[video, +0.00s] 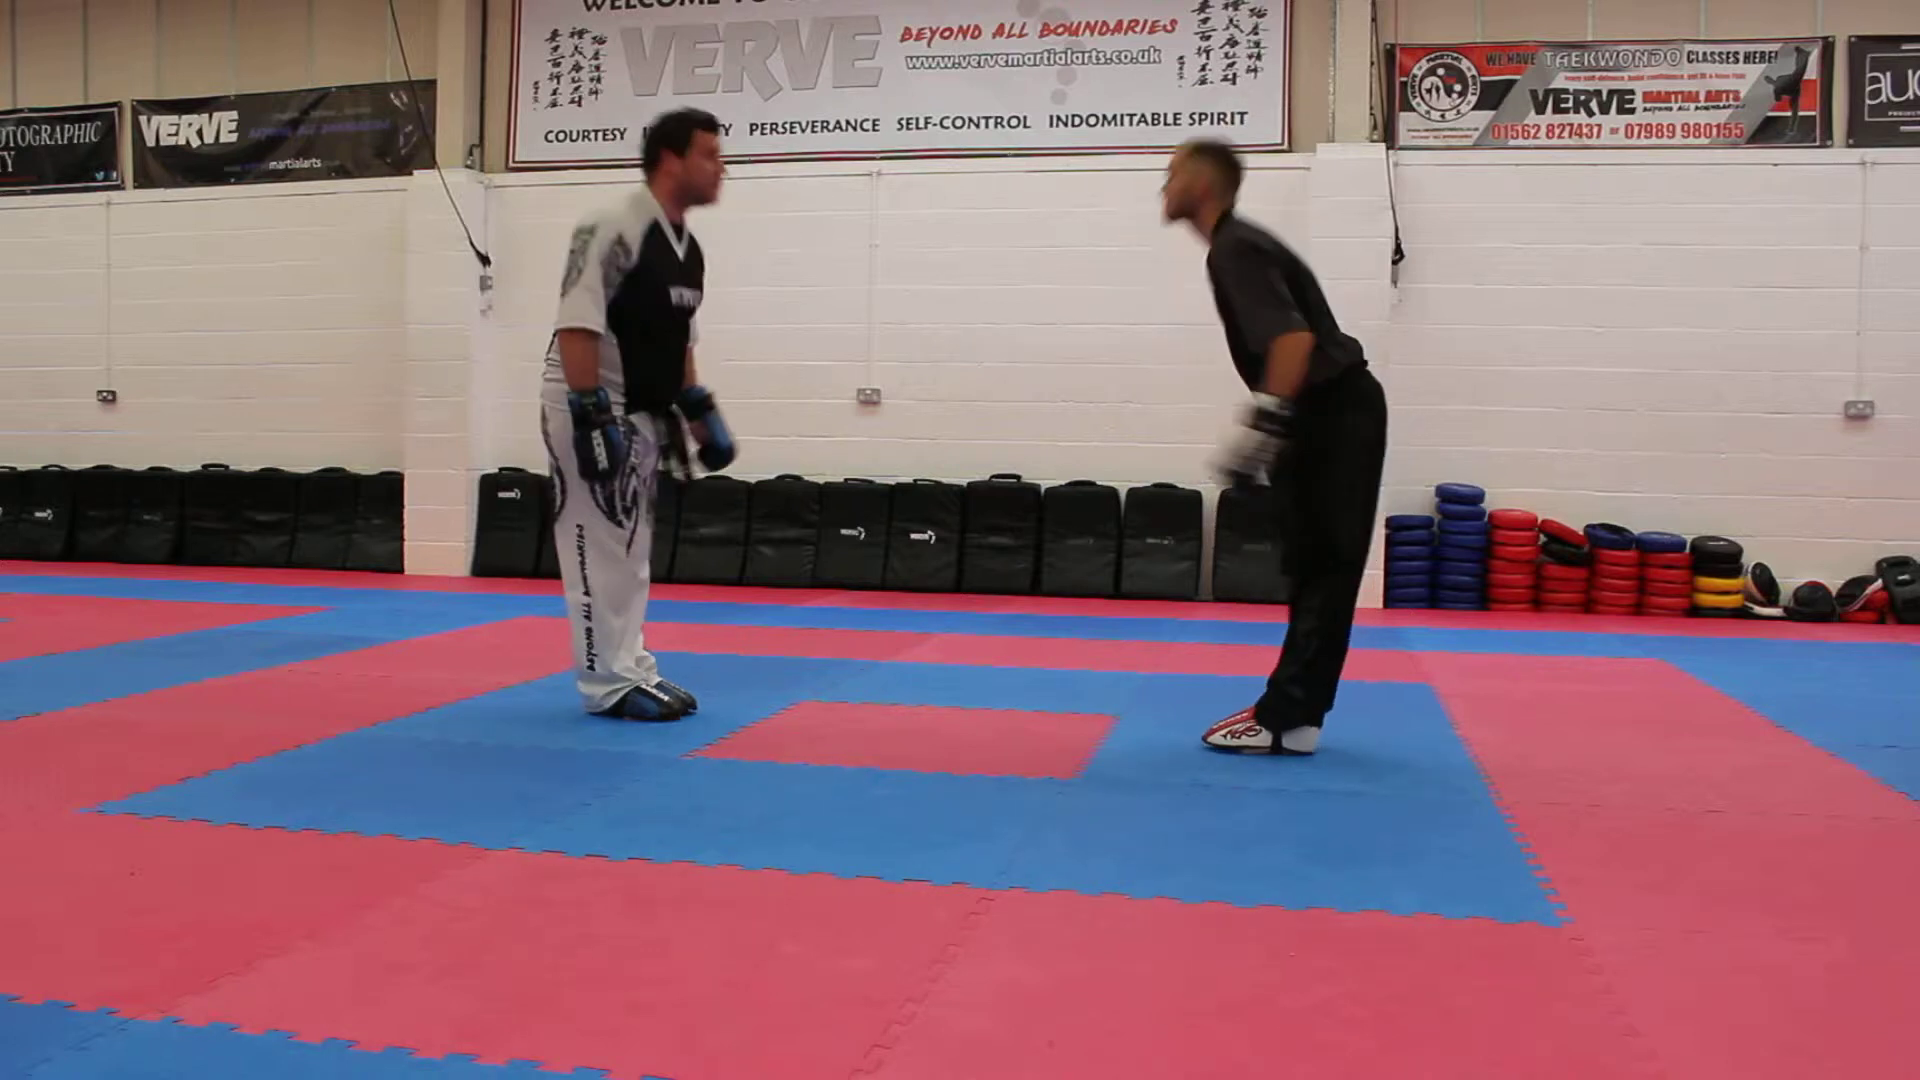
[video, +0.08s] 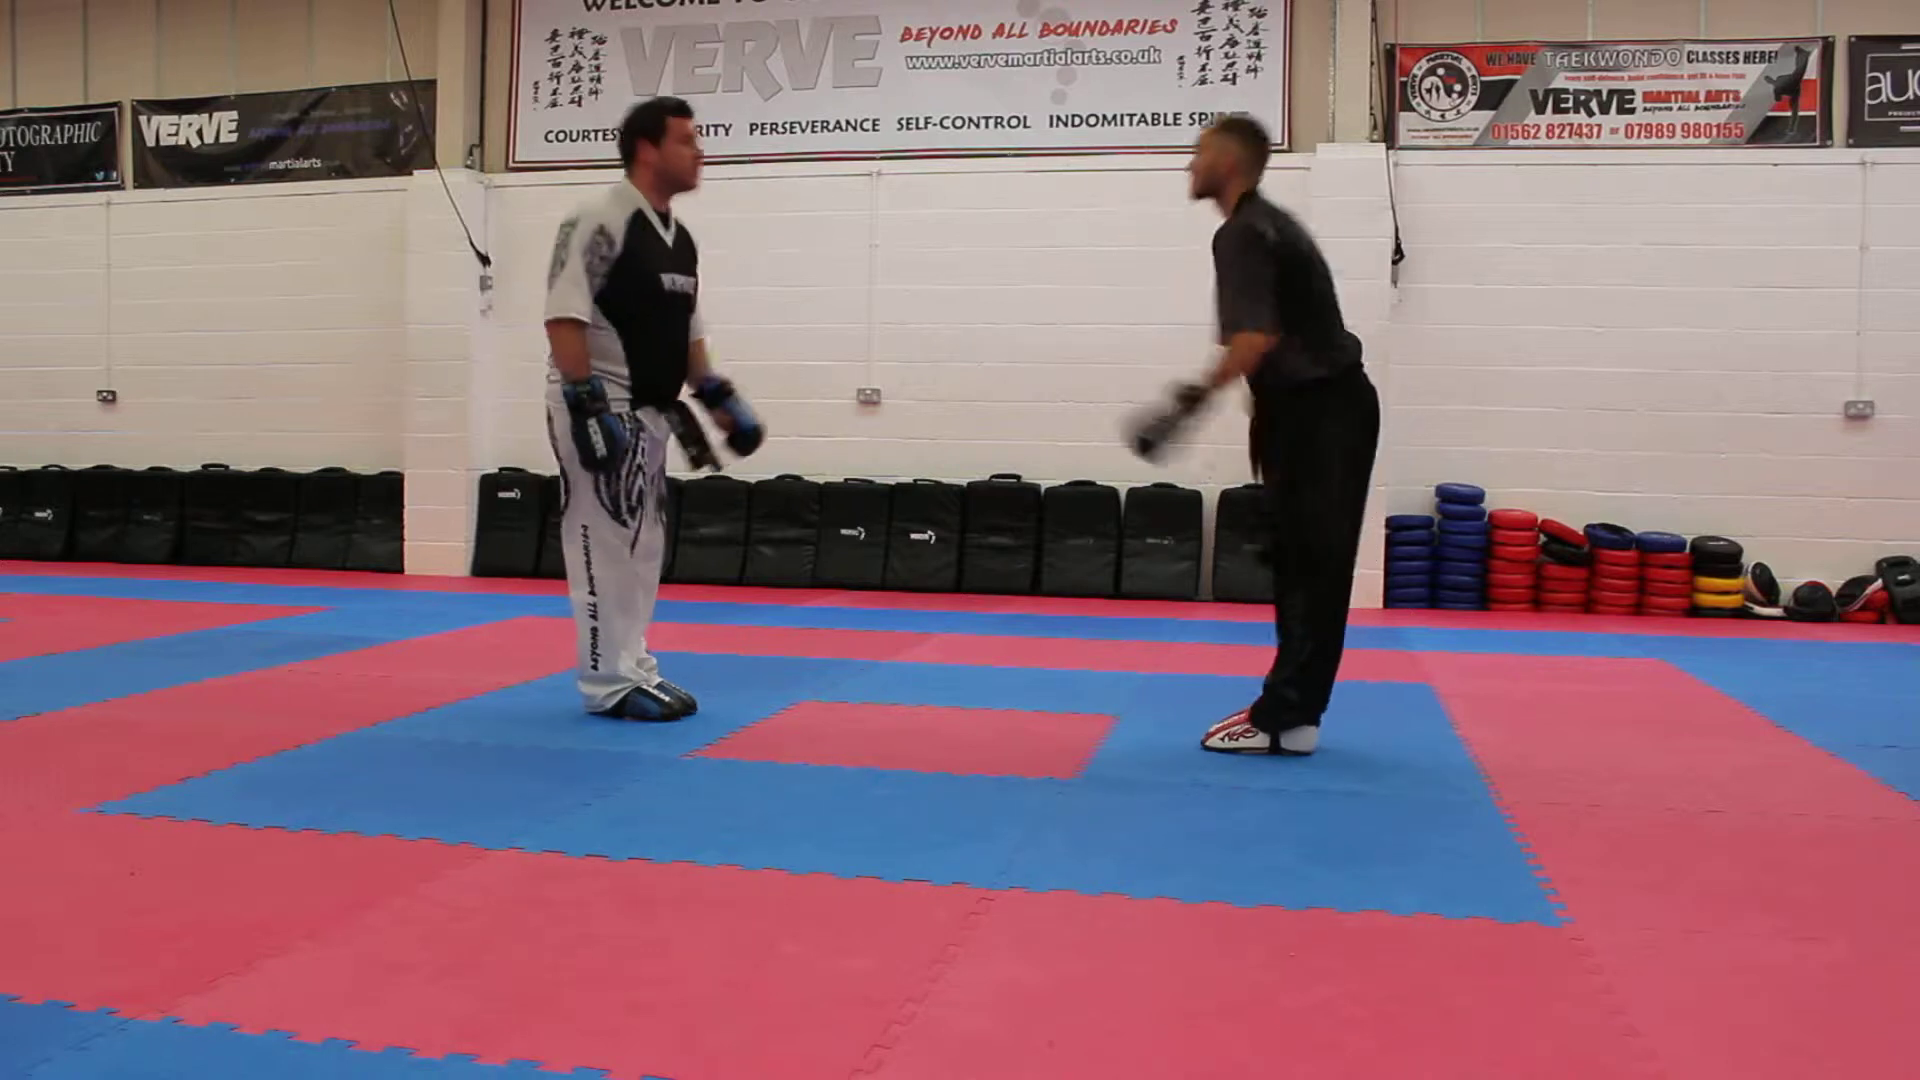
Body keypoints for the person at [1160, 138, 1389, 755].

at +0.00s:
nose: (1164, 186)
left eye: (1173, 174)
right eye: (1168, 174)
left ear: (1204, 182)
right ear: (1207, 183)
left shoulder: (1236, 249)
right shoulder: (1237, 245)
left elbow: (1293, 339)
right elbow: (1297, 338)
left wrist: (1263, 424)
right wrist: (1272, 424)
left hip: (1337, 407)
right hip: (1331, 406)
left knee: (1323, 562)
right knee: (1320, 562)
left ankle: (1289, 714)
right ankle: (1296, 712)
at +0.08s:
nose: (1191, 162)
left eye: (1201, 150)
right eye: (1197, 150)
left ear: (1229, 159)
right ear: (1239, 161)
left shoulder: (1243, 233)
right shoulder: (1270, 224)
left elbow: (1253, 339)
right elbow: (1269, 337)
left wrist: (1189, 400)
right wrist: (1195, 395)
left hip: (1313, 412)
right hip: (1331, 408)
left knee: (1306, 559)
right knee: (1313, 559)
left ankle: (1288, 714)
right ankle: (1295, 709)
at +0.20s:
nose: (1220, 148)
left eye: (1228, 137)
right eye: (1224, 136)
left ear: (1256, 148)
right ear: (1276, 152)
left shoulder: (1246, 224)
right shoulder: (1317, 221)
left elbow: (1202, 329)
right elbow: (1310, 323)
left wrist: (1138, 334)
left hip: (1311, 408)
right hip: (1349, 402)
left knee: (1293, 556)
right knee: (1318, 556)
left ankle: (1286, 715)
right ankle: (1295, 707)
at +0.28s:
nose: (1234, 143)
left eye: (1243, 131)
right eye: (1238, 130)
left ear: (1272, 143)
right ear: (1292, 148)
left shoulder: (1249, 221)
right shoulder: (1331, 218)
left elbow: (1186, 320)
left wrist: (1141, 294)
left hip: (1307, 406)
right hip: (1355, 401)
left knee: (1289, 555)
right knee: (1333, 552)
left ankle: (1286, 716)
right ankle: (1327, 700)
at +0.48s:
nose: (1268, 139)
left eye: (1279, 129)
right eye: (1273, 128)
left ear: (1309, 142)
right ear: (1326, 146)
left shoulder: (1273, 222)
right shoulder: (1366, 227)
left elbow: (1231, 326)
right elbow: (1334, 316)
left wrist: (1191, 300)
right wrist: (1250, 329)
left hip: (1298, 419)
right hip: (1362, 413)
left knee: (1279, 564)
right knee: (1372, 558)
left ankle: (1282, 713)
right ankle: (1418, 693)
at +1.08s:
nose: (1244, 154)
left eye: (1253, 143)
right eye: (1247, 143)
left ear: (1286, 151)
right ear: (1300, 155)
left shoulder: (1238, 230)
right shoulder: (1349, 236)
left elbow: (1200, 307)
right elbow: (1347, 338)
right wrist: (1249, 334)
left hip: (1250, 420)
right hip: (1323, 419)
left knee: (1228, 565)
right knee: (1351, 557)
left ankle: (1185, 716)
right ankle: (1378, 696)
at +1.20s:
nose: (1232, 163)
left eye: (1241, 152)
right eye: (1237, 151)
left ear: (1270, 162)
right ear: (1296, 168)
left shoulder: (1213, 231)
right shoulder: (1327, 252)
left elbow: (1160, 324)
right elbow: (1336, 360)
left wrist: (1135, 295)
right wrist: (1278, 342)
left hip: (1208, 419)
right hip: (1281, 423)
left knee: (1187, 548)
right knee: (1288, 552)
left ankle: (1166, 697)